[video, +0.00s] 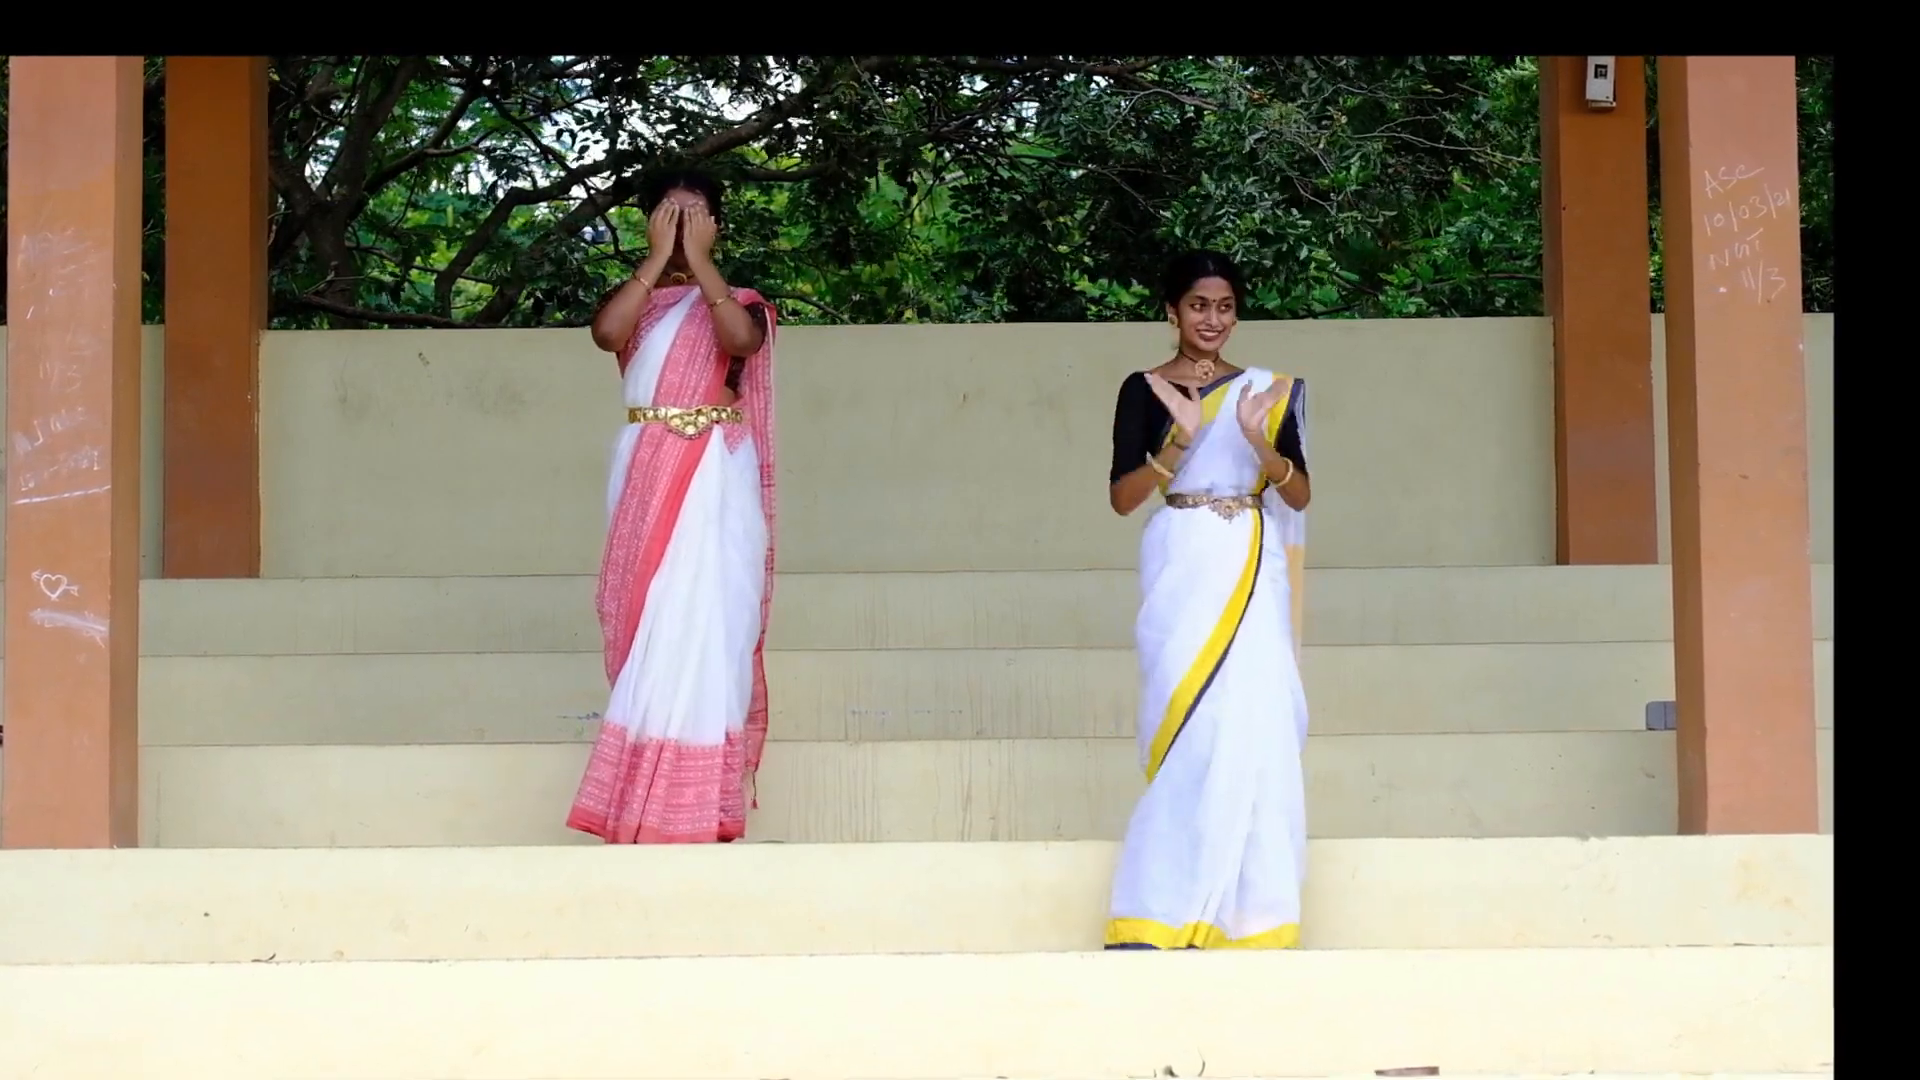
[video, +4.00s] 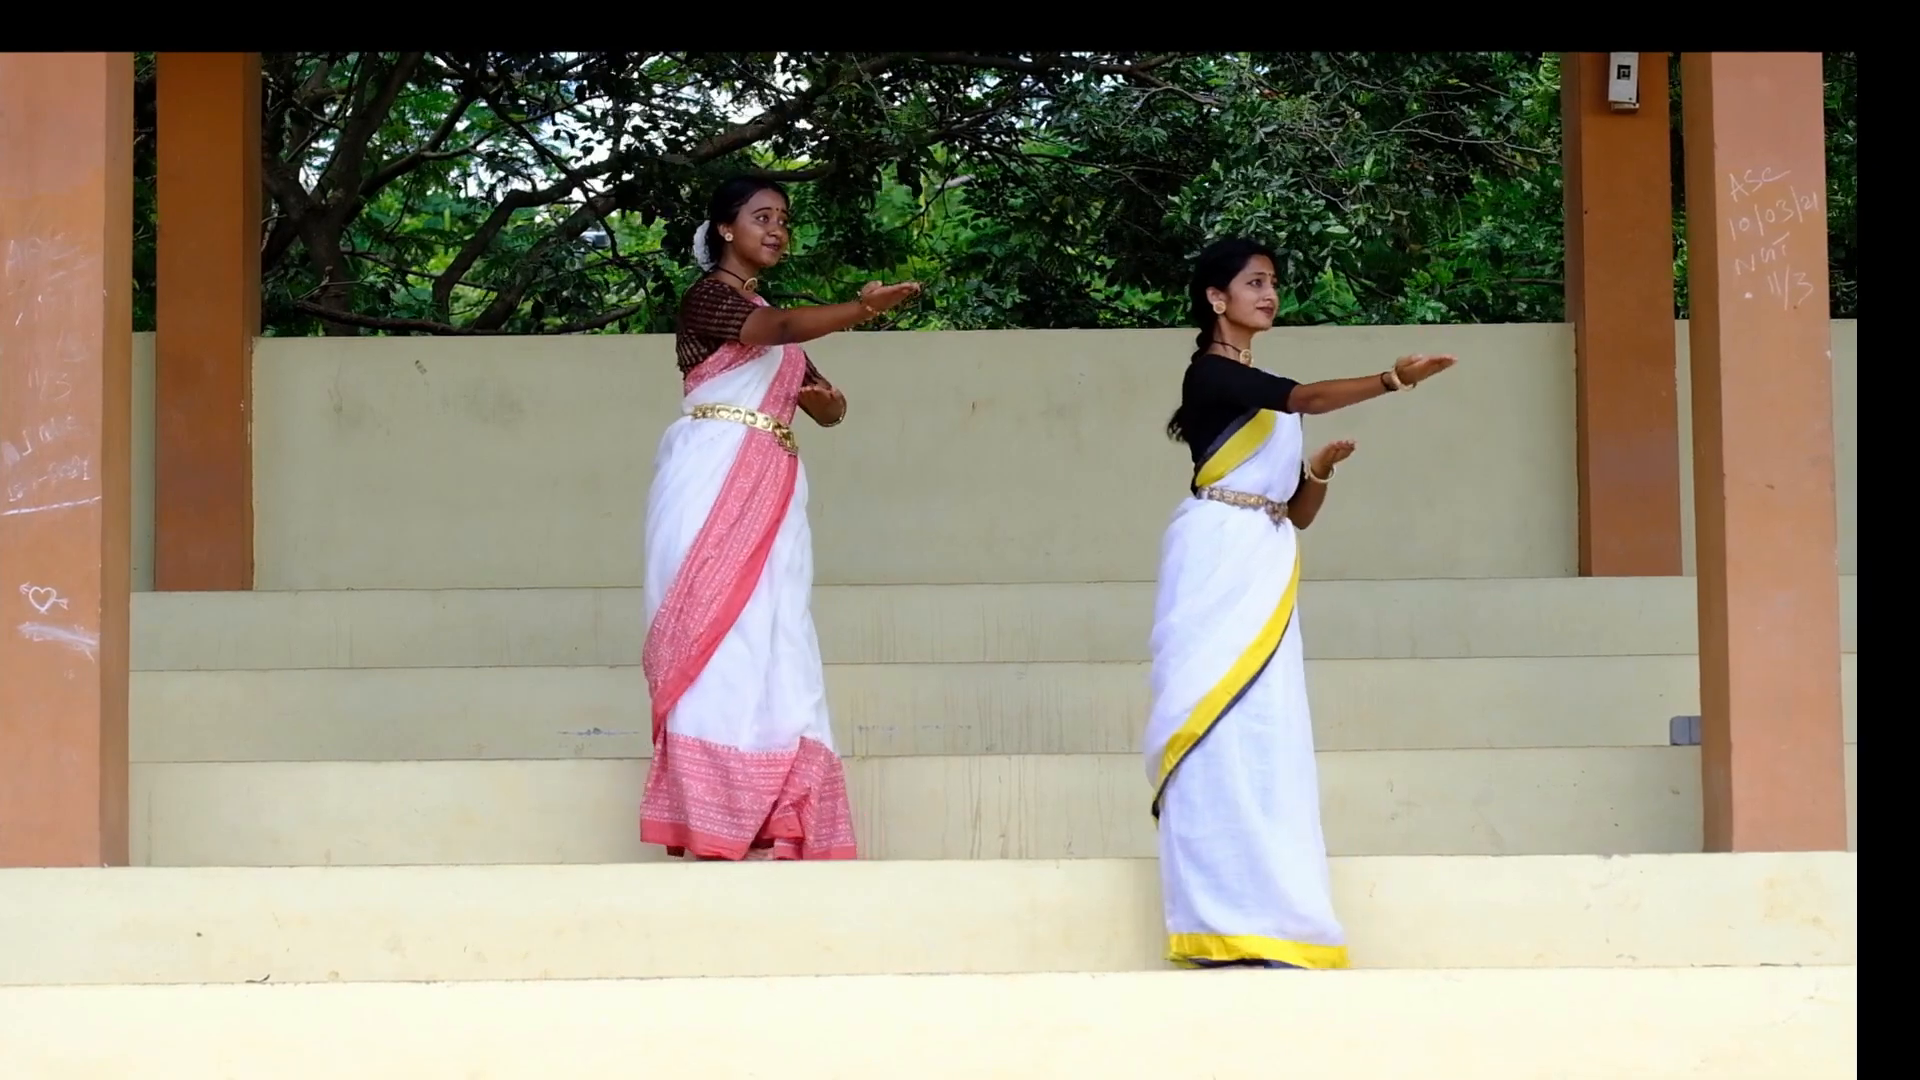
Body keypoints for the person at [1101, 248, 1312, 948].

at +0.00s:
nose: (1213, 318)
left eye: (1224, 307)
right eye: (1200, 305)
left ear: (1236, 316)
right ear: (1174, 311)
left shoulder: (1273, 392)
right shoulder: (1145, 389)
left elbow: (1299, 496)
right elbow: (1123, 498)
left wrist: (1265, 448)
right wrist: (1178, 441)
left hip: (1255, 563)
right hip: (1183, 563)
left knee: (1254, 723)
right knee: (1186, 722)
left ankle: (1248, 908)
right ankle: (1175, 908)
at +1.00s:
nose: (1202, 309)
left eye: (1214, 295)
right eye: (1192, 299)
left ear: (1246, 301)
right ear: (1187, 312)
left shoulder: (1304, 389)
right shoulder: (1186, 395)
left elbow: (1356, 480)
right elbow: (1182, 492)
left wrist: (1431, 547)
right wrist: (1237, 551)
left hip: (1273, 569)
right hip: (1197, 558)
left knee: (1242, 722)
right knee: (1117, 678)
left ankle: (1226, 896)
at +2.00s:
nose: (1154, 358)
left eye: (1164, 343)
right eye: (1151, 346)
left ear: (1206, 342)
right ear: (1171, 350)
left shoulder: (1282, 404)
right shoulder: (1170, 447)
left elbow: (1386, 448)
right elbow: (1079, 530)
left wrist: (1301, 482)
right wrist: (978, 555)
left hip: (1286, 589)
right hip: (1214, 591)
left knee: (1229, 727)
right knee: (1072, 600)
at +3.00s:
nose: (1157, 351)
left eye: (1167, 334)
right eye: (1147, 339)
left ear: (1205, 332)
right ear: (1146, 346)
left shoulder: (1284, 402)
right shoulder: (1160, 440)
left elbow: (1364, 472)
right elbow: (1152, 542)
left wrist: (1317, 502)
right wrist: (1114, 621)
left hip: (1285, 593)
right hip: (1208, 596)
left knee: (1265, 751)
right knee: (1205, 753)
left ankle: (1249, 923)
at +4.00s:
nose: (1269, 294)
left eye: (1271, 284)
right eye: (1255, 283)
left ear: (1266, 299)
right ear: (1216, 296)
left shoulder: (1267, 397)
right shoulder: (1210, 372)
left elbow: (1296, 516)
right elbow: (1303, 399)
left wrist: (1319, 469)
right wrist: (1392, 379)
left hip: (1265, 565)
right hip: (1214, 558)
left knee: (1270, 733)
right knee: (1212, 732)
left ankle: (1277, 917)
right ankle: (1221, 922)